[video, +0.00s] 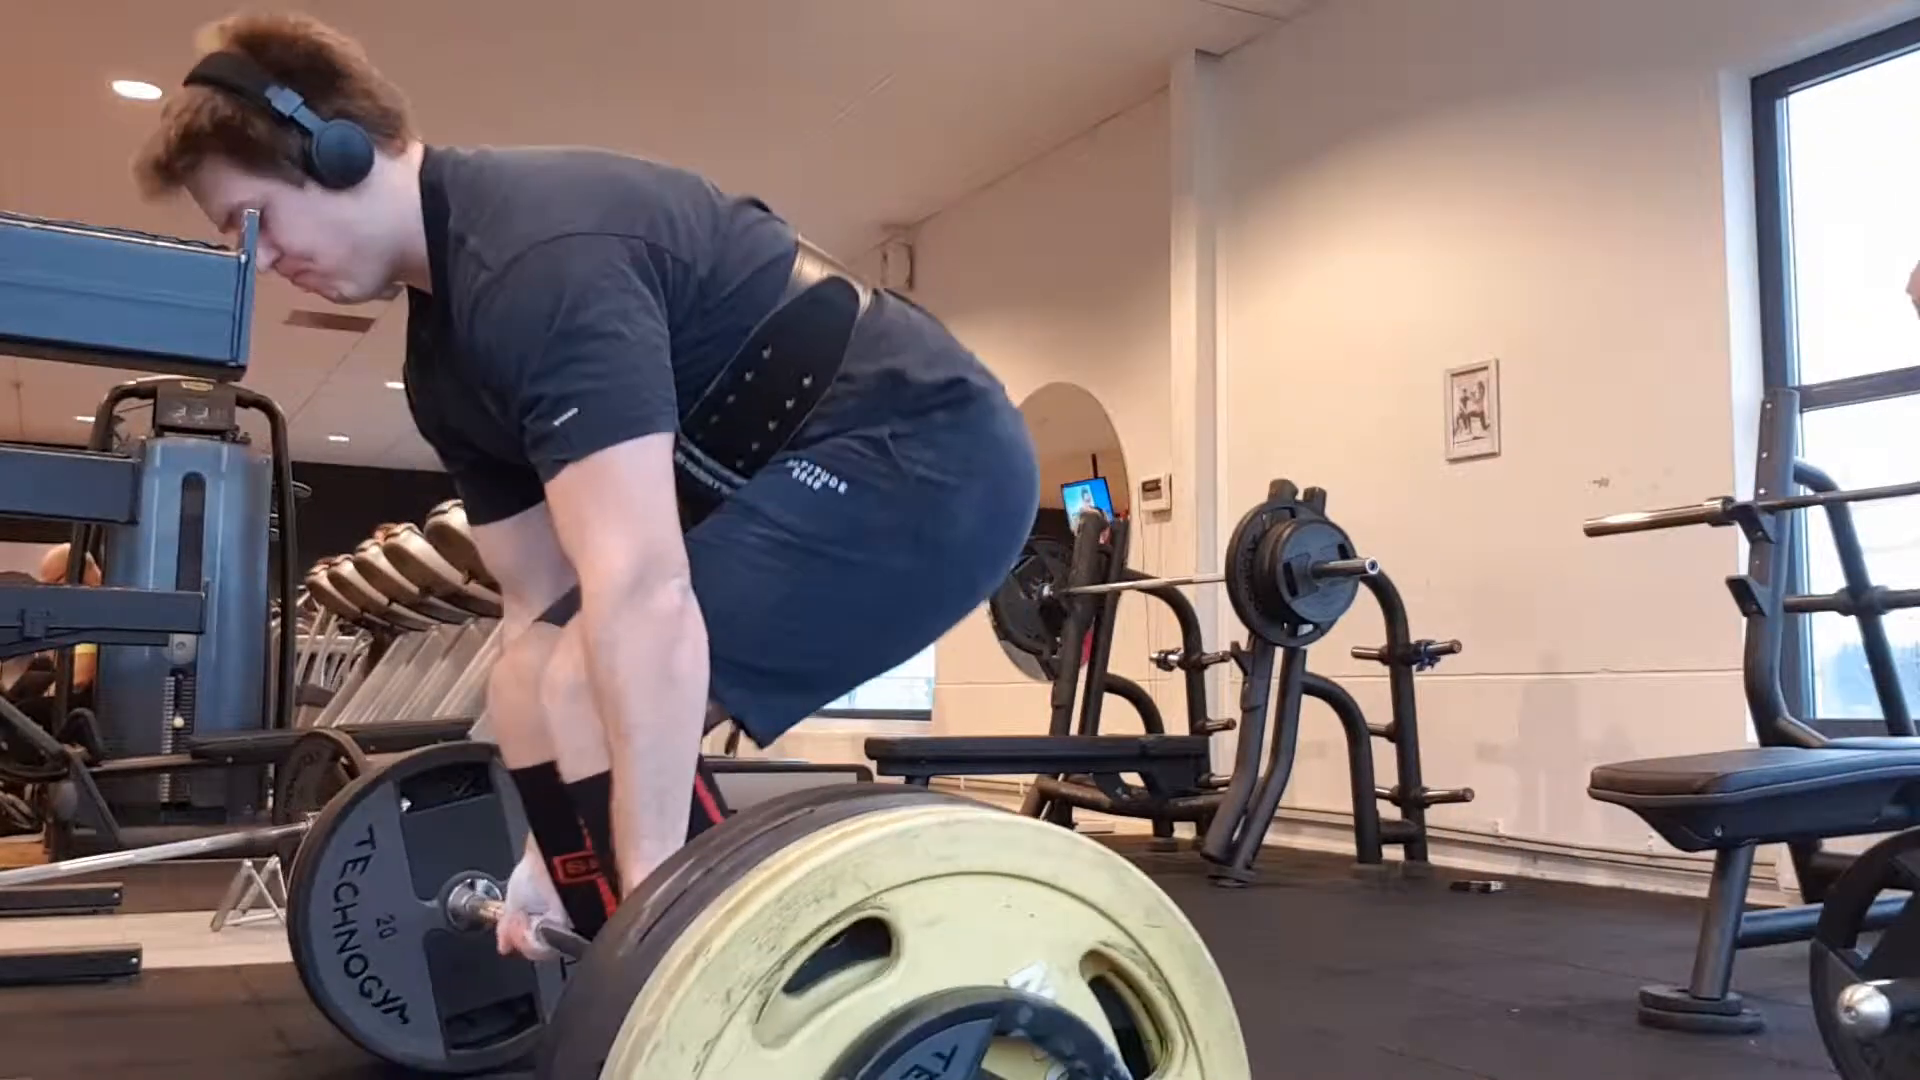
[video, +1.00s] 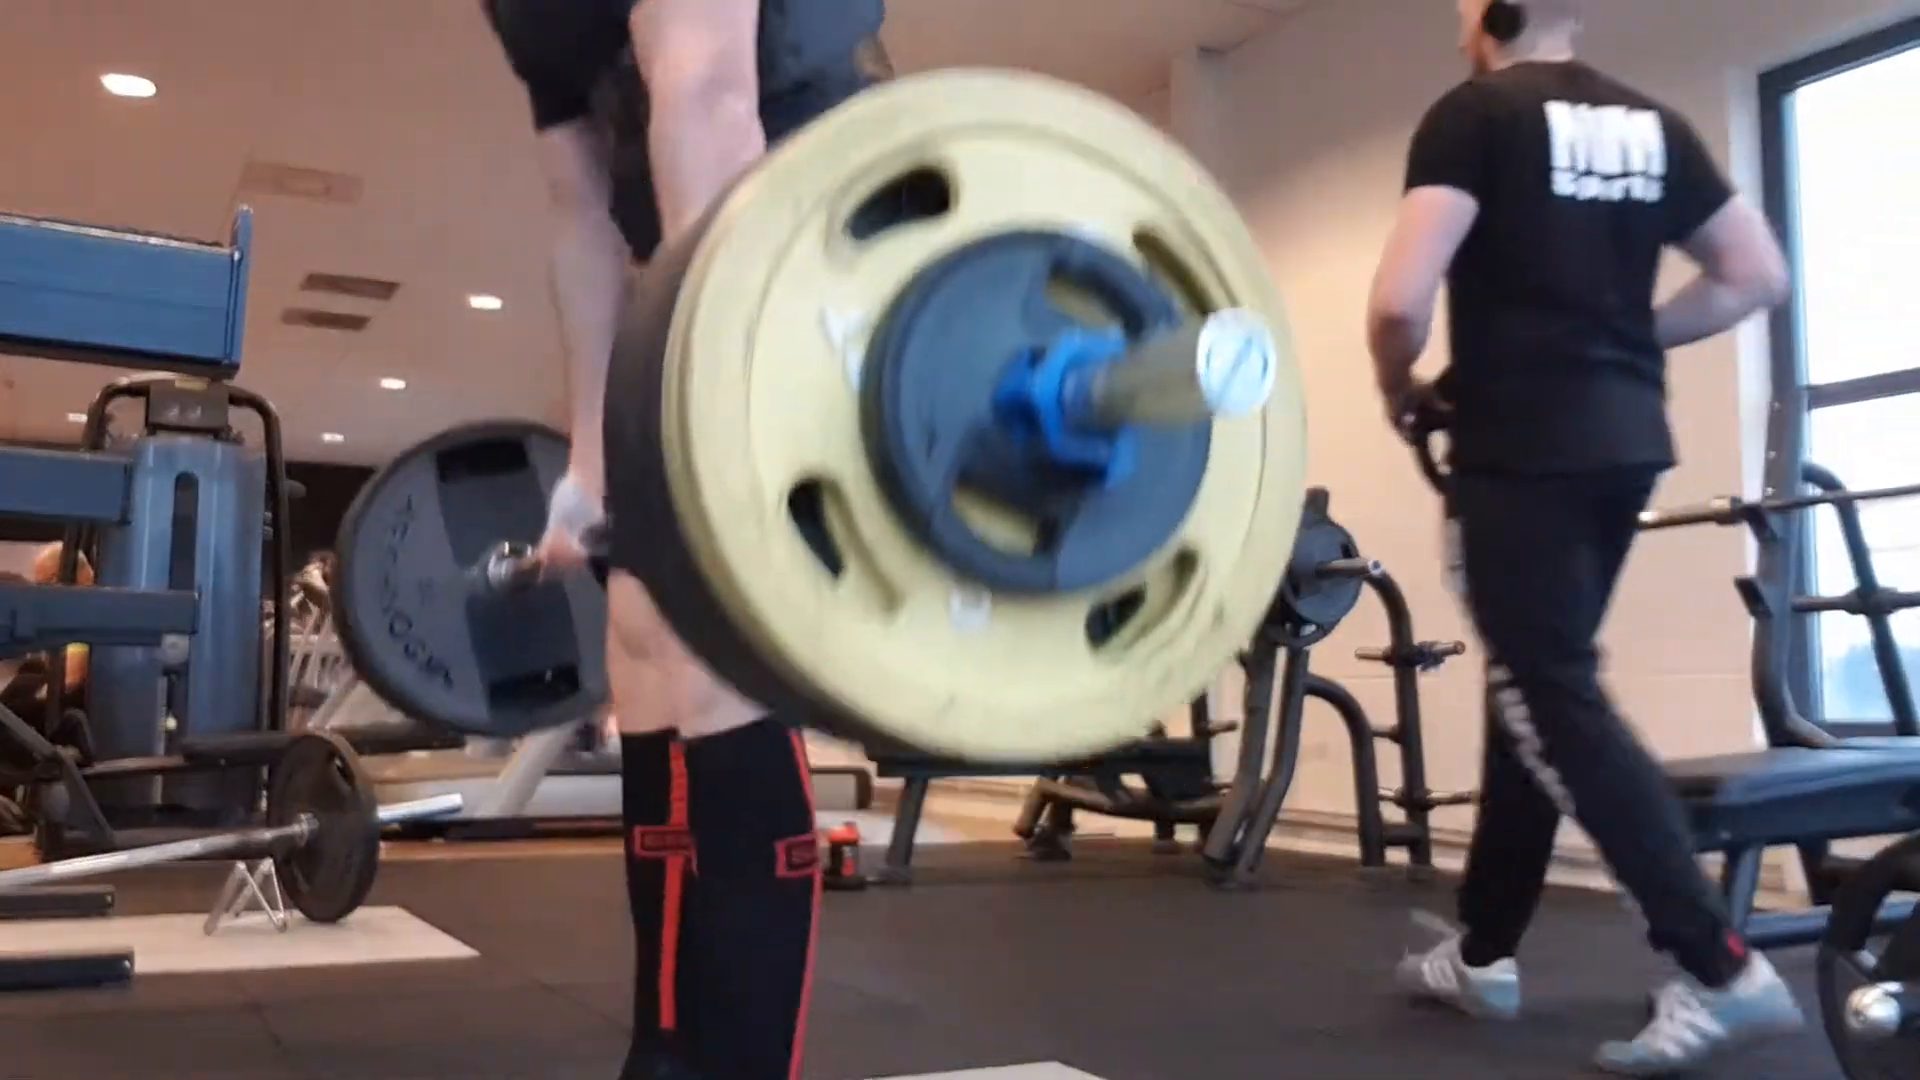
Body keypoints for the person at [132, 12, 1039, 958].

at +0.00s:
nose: (262, 266)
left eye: (255, 222)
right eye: (239, 244)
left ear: (333, 141)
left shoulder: (544, 261)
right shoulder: (442, 357)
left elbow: (643, 593)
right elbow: (547, 608)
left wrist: (661, 915)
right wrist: (547, 864)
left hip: (914, 444)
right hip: (807, 469)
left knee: (590, 681)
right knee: (521, 680)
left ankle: (712, 978)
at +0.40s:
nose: (273, 135)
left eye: (277, 92)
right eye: (258, 106)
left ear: (375, 44)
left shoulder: (571, 164)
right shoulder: (461, 273)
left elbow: (663, 488)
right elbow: (550, 527)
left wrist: (659, 812)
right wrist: (546, 787)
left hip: (921, 381)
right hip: (797, 421)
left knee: (681, 696)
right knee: (570, 662)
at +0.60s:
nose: (314, 4)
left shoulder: (591, 67)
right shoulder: (477, 175)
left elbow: (669, 386)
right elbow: (554, 439)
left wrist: (672, 688)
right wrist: (567, 694)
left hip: (913, 341)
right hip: (782, 384)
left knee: (734, 666)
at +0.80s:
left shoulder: (621, 8)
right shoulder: (489, 68)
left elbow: (681, 247)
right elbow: (562, 321)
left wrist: (683, 553)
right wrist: (580, 578)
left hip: (896, 311)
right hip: (755, 337)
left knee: (748, 722)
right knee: (673, 706)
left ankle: (718, 1056)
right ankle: (677, 1047)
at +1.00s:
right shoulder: (531, 17)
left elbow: (710, 98)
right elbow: (582, 199)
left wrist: (748, 405)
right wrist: (587, 467)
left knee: (688, 661)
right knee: (649, 653)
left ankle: (712, 1053)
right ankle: (679, 1042)